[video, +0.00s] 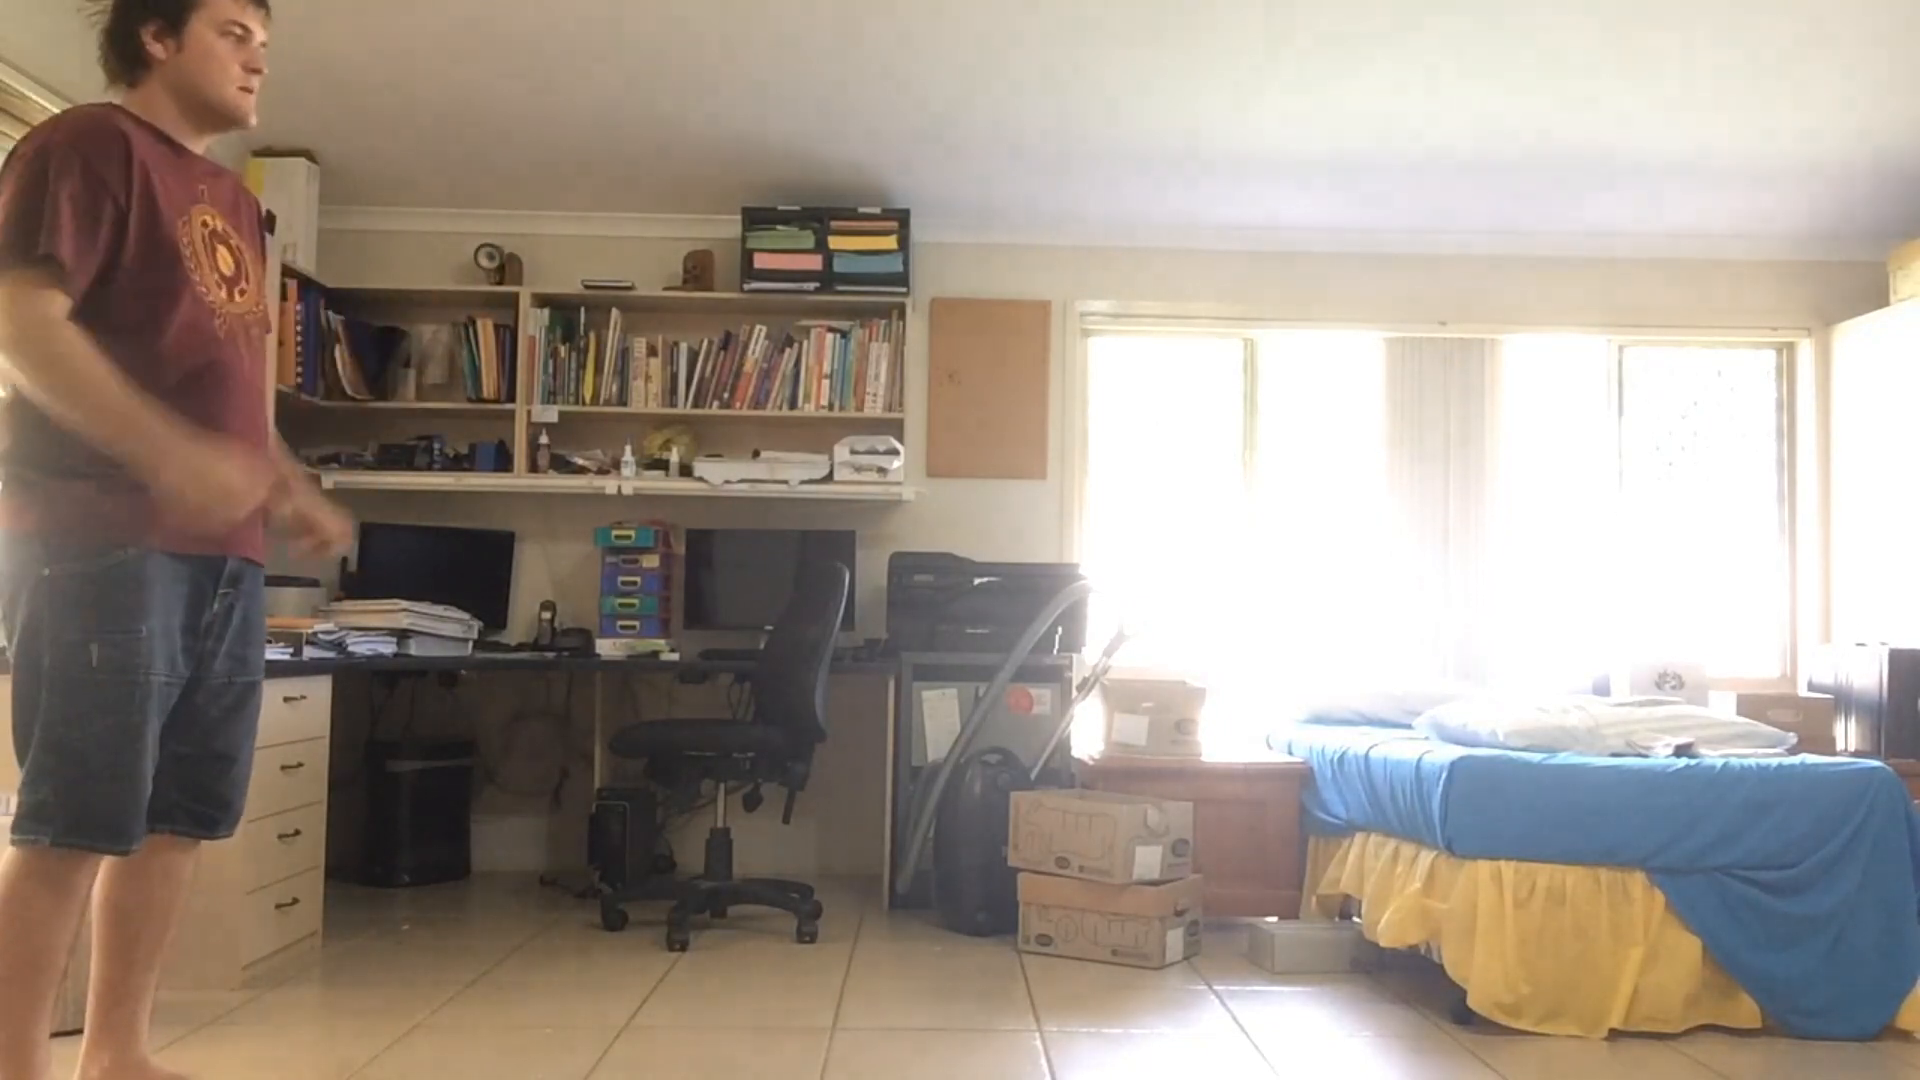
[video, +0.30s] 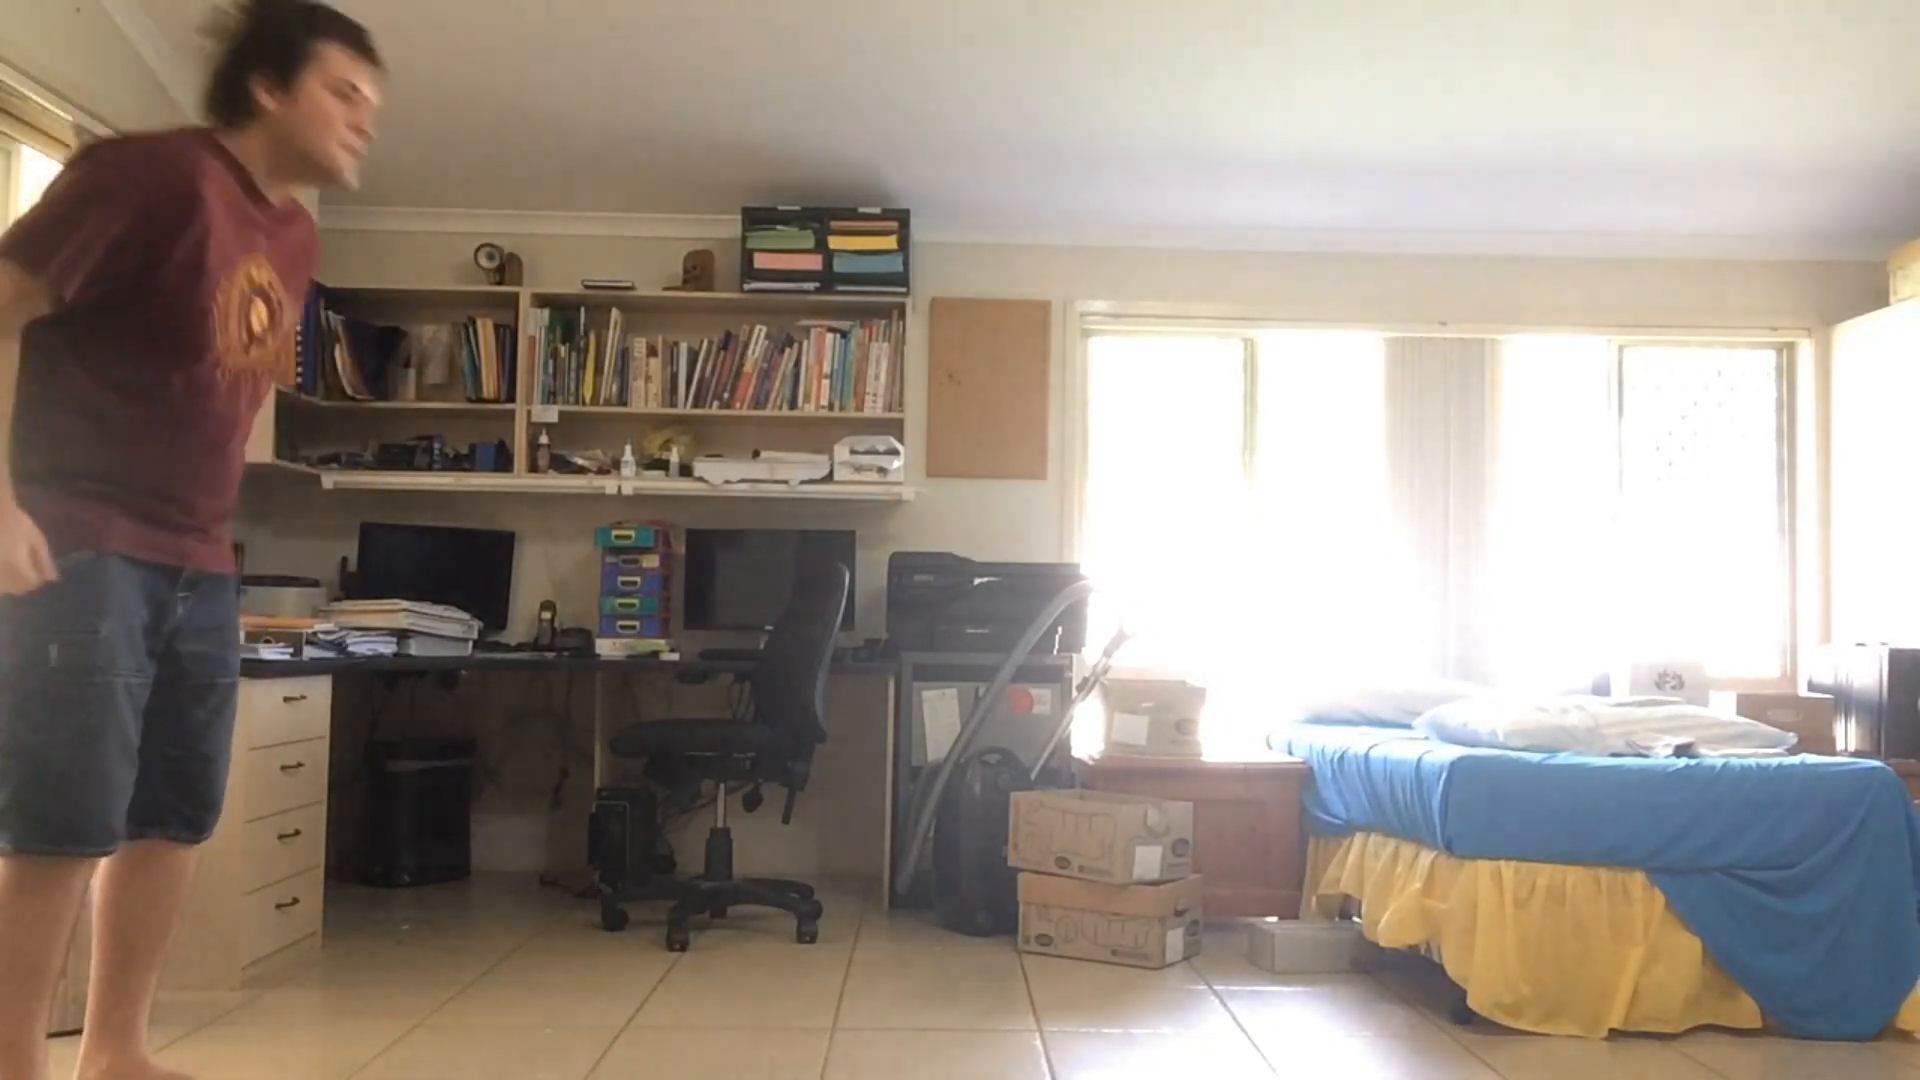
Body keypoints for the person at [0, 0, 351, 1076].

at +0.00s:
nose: (259, 56)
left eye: (262, 40)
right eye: (236, 32)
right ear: (158, 40)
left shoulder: (239, 200)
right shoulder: (81, 142)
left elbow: (234, 393)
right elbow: (24, 325)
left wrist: (292, 489)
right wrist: (170, 451)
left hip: (224, 549)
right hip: (99, 543)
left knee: (174, 819)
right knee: (70, 826)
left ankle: (117, 1054)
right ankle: (20, 1062)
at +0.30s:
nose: (366, 123)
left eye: (372, 107)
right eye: (347, 93)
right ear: (268, 85)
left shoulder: (296, 235)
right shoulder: (145, 171)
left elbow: (232, 390)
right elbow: (5, 303)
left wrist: (204, 525)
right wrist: (1, 498)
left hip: (201, 558)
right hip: (74, 543)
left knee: (168, 818)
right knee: (58, 825)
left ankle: (117, 1052)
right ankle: (18, 1063)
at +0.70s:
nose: (519, 486)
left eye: (529, 466)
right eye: (509, 457)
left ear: (437, 442)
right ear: (435, 435)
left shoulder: (397, 504)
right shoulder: (294, 453)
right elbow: (68, 475)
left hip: (178, 643)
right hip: (56, 623)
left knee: (268, 839)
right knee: (184, 852)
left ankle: (120, 1061)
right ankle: (34, 1069)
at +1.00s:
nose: (606, 282)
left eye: (606, 260)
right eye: (590, 257)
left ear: (547, 271)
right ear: (518, 264)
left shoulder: (525, 378)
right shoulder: (438, 340)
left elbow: (528, 507)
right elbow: (386, 508)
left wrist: (653, 489)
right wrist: (566, 535)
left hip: (345, 656)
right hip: (228, 643)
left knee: (372, 898)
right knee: (300, 912)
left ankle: (145, 1042)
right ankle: (53, 1063)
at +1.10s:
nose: (665, 135)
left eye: (666, 112)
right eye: (651, 109)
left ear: (598, 117)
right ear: (579, 111)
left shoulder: (575, 230)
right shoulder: (516, 188)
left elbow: (600, 320)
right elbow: (419, 267)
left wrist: (688, 347)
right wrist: (595, 372)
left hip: (490, 596)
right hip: (409, 583)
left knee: (363, 869)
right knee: (289, 860)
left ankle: (187, 1021)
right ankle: (65, 1050)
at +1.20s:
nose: (762, 55)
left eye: (767, 34)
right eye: (749, 27)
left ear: (698, 28)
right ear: (682, 18)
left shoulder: (684, 138)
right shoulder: (607, 91)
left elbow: (649, 292)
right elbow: (476, 225)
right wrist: (551, 424)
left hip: (650, 496)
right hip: (577, 481)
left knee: (545, 758)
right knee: (517, 755)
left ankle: (308, 925)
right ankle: (215, 902)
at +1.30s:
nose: (944, 87)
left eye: (952, 67)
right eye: (939, 57)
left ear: (892, 44)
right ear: (883, 30)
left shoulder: (829, 135)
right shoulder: (768, 90)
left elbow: (744, 296)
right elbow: (646, 245)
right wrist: (555, 428)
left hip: (720, 457)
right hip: (661, 450)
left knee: (766, 692)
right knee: (765, 691)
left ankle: (572, 891)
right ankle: (540, 874)